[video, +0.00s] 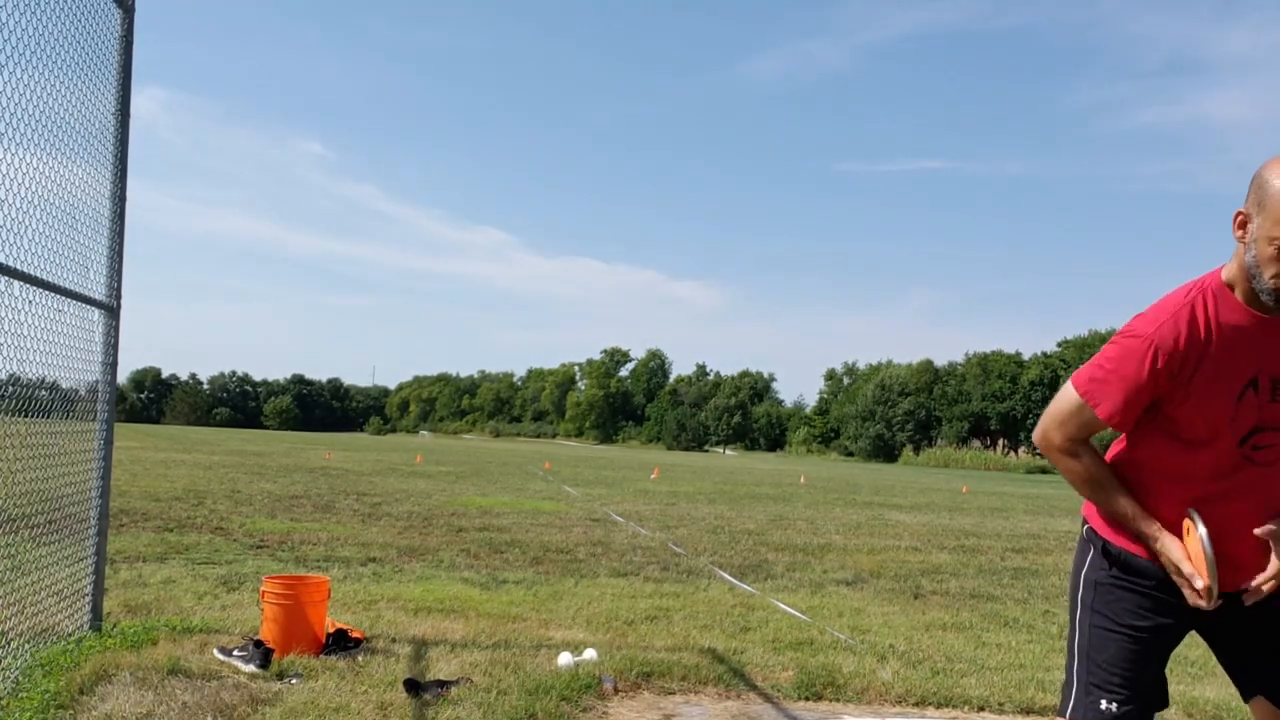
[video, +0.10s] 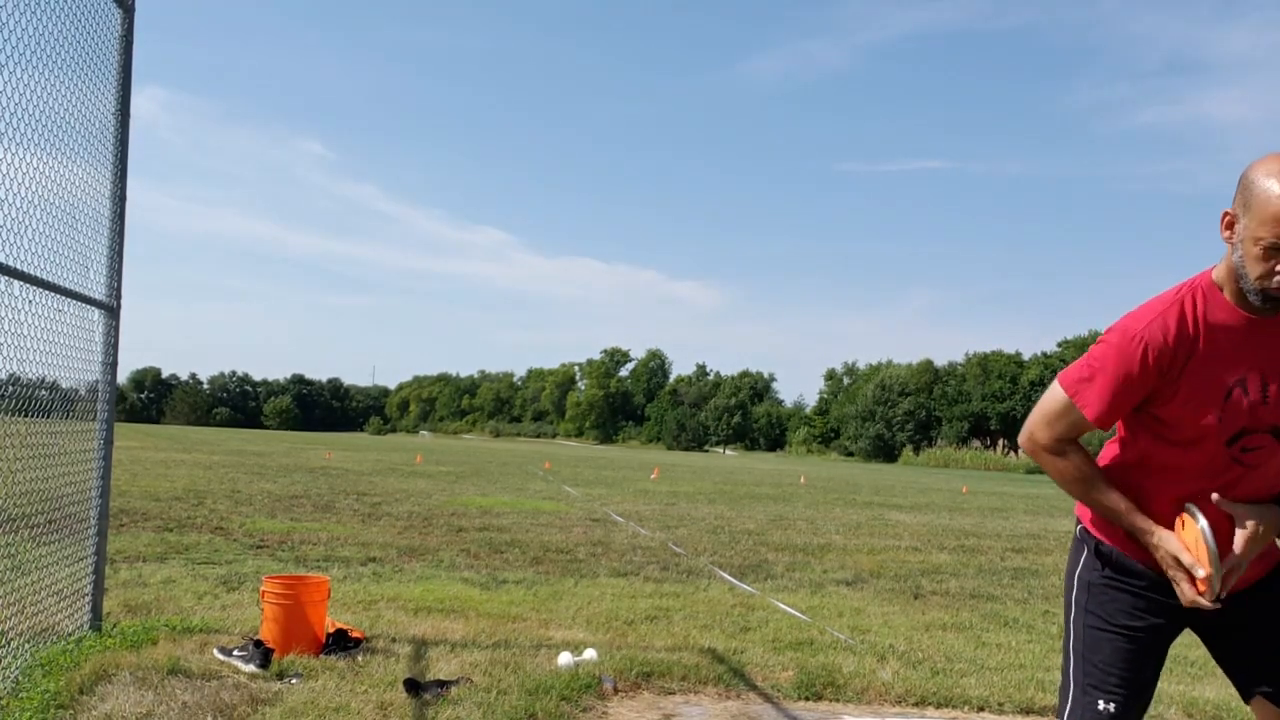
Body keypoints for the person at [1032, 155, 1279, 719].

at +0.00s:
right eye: (1278, 242)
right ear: (1243, 226)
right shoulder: (1179, 324)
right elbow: (1057, 435)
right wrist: (1155, 535)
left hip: (1254, 575)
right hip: (1134, 567)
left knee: (1275, 706)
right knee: (1101, 713)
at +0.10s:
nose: (1279, 268)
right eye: (1270, 249)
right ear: (1230, 228)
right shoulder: (1168, 326)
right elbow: (1043, 438)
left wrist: (1275, 518)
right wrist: (1147, 531)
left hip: (1255, 570)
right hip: (1128, 567)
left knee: (1276, 705)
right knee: (1094, 712)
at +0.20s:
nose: (1273, 276)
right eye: (1260, 255)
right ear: (1219, 235)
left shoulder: (1273, 335)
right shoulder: (1155, 332)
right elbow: (1042, 455)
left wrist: (1263, 516)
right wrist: (1164, 542)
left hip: (1249, 565)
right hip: (1123, 565)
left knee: (1277, 701)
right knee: (1099, 711)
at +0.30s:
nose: (1270, 274)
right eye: (1255, 253)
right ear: (1212, 231)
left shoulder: (1277, 328)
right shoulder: (1143, 331)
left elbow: (1276, 464)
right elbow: (1053, 466)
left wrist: (1271, 507)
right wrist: (1186, 534)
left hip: (1243, 563)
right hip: (1122, 561)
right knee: (1099, 711)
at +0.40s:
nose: (1267, 262)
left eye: (1279, 244)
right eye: (1252, 242)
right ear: (1208, 221)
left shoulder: (1277, 314)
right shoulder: (1136, 322)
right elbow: (1073, 461)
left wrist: (1275, 488)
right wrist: (1203, 504)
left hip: (1246, 557)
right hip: (1125, 548)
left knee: (1278, 701)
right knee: (1083, 709)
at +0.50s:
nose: (1266, 261)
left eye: (1278, 243)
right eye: (1249, 242)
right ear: (1205, 222)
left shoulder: (1278, 317)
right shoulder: (1130, 324)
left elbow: (1275, 428)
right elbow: (1085, 466)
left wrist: (1275, 458)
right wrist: (1214, 481)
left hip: (1251, 563)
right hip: (1126, 557)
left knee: (1279, 703)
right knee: (1088, 713)